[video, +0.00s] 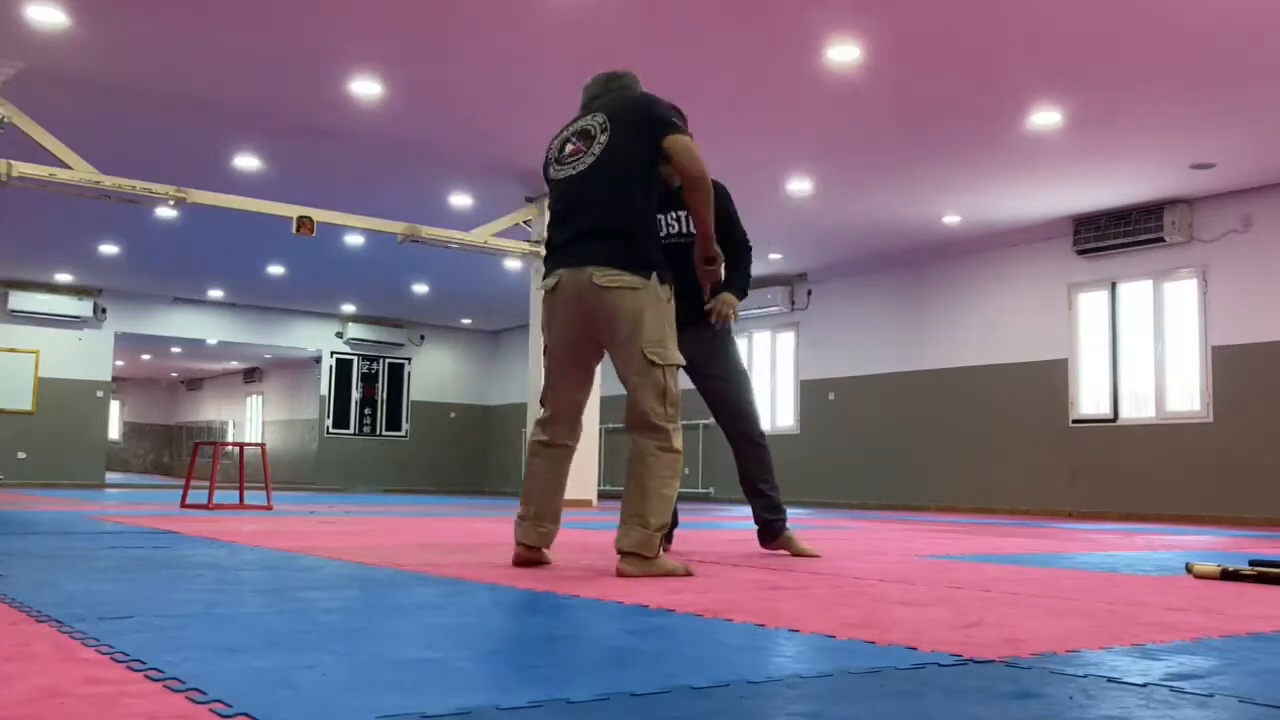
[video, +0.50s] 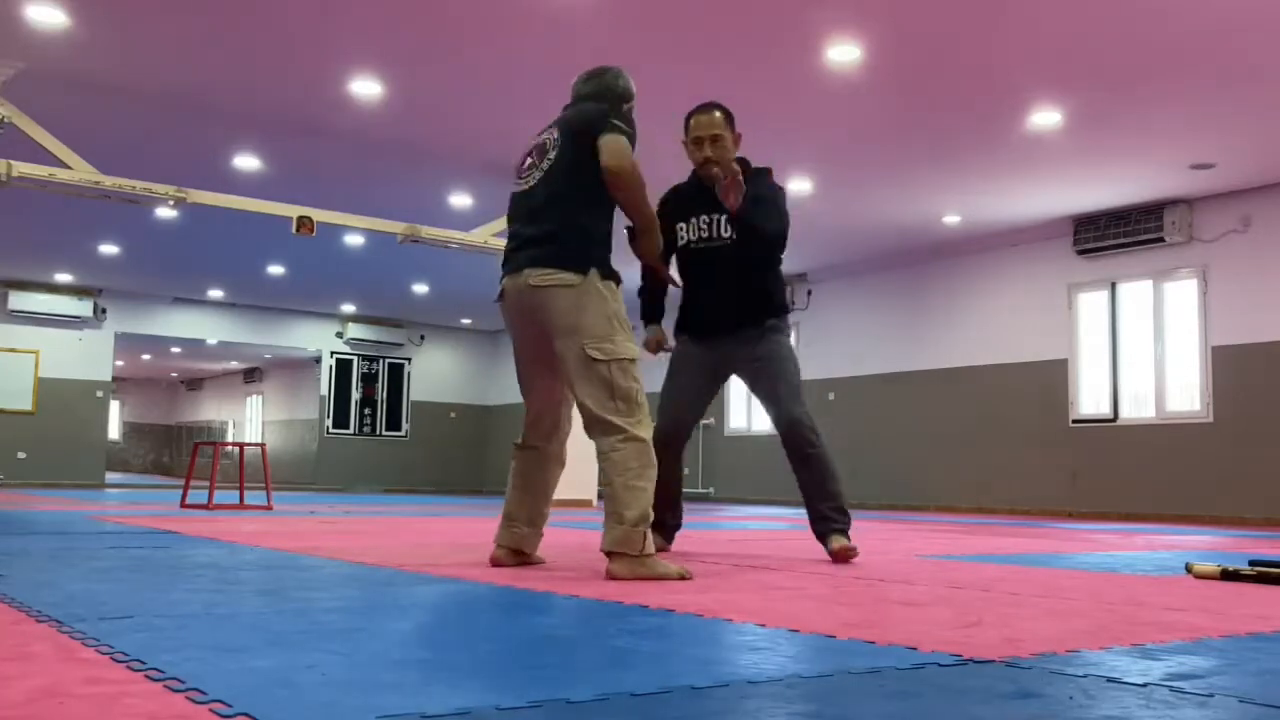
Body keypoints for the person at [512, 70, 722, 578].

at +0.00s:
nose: (644, 93)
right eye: (641, 88)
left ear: (586, 100)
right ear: (633, 89)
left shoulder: (559, 142)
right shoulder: (648, 107)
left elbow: (569, 211)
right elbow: (694, 171)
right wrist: (707, 244)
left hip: (563, 284)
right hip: (631, 282)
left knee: (557, 418)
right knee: (655, 420)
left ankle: (530, 540)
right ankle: (641, 550)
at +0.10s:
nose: (649, 117)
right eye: (644, 113)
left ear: (585, 113)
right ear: (625, 104)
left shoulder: (560, 157)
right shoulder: (619, 104)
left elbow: (599, 249)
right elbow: (649, 131)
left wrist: (666, 302)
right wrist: (682, 227)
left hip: (548, 289)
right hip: (609, 284)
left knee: (548, 424)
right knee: (652, 425)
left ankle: (511, 539)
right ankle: (641, 551)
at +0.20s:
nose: (642, 145)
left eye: (643, 140)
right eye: (642, 135)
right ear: (626, 120)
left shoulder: (563, 171)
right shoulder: (608, 113)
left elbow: (610, 259)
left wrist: (672, 293)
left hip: (532, 289)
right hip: (589, 289)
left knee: (548, 421)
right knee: (647, 420)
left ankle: (516, 541)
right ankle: (641, 549)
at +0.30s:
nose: (644, 137)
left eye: (645, 130)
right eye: (645, 126)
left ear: (606, 108)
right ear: (630, 113)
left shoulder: (570, 162)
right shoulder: (610, 113)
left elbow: (611, 258)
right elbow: (592, 122)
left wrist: (670, 295)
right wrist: (632, 210)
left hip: (528, 288)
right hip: (581, 287)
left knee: (549, 421)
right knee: (637, 422)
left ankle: (515, 542)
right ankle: (630, 552)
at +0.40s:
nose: (643, 129)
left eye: (644, 121)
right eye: (644, 118)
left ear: (596, 97)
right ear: (632, 107)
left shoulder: (559, 150)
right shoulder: (606, 112)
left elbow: (581, 252)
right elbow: (595, 130)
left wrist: (641, 308)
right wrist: (636, 209)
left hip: (527, 286)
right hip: (581, 284)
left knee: (548, 416)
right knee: (634, 423)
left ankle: (509, 538)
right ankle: (630, 551)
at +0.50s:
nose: (633, 112)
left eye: (632, 104)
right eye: (631, 104)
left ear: (578, 98)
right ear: (622, 102)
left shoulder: (546, 139)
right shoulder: (607, 121)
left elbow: (549, 220)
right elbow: (617, 166)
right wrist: (648, 230)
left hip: (518, 284)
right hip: (573, 280)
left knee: (543, 421)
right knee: (622, 420)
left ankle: (514, 542)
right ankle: (630, 551)